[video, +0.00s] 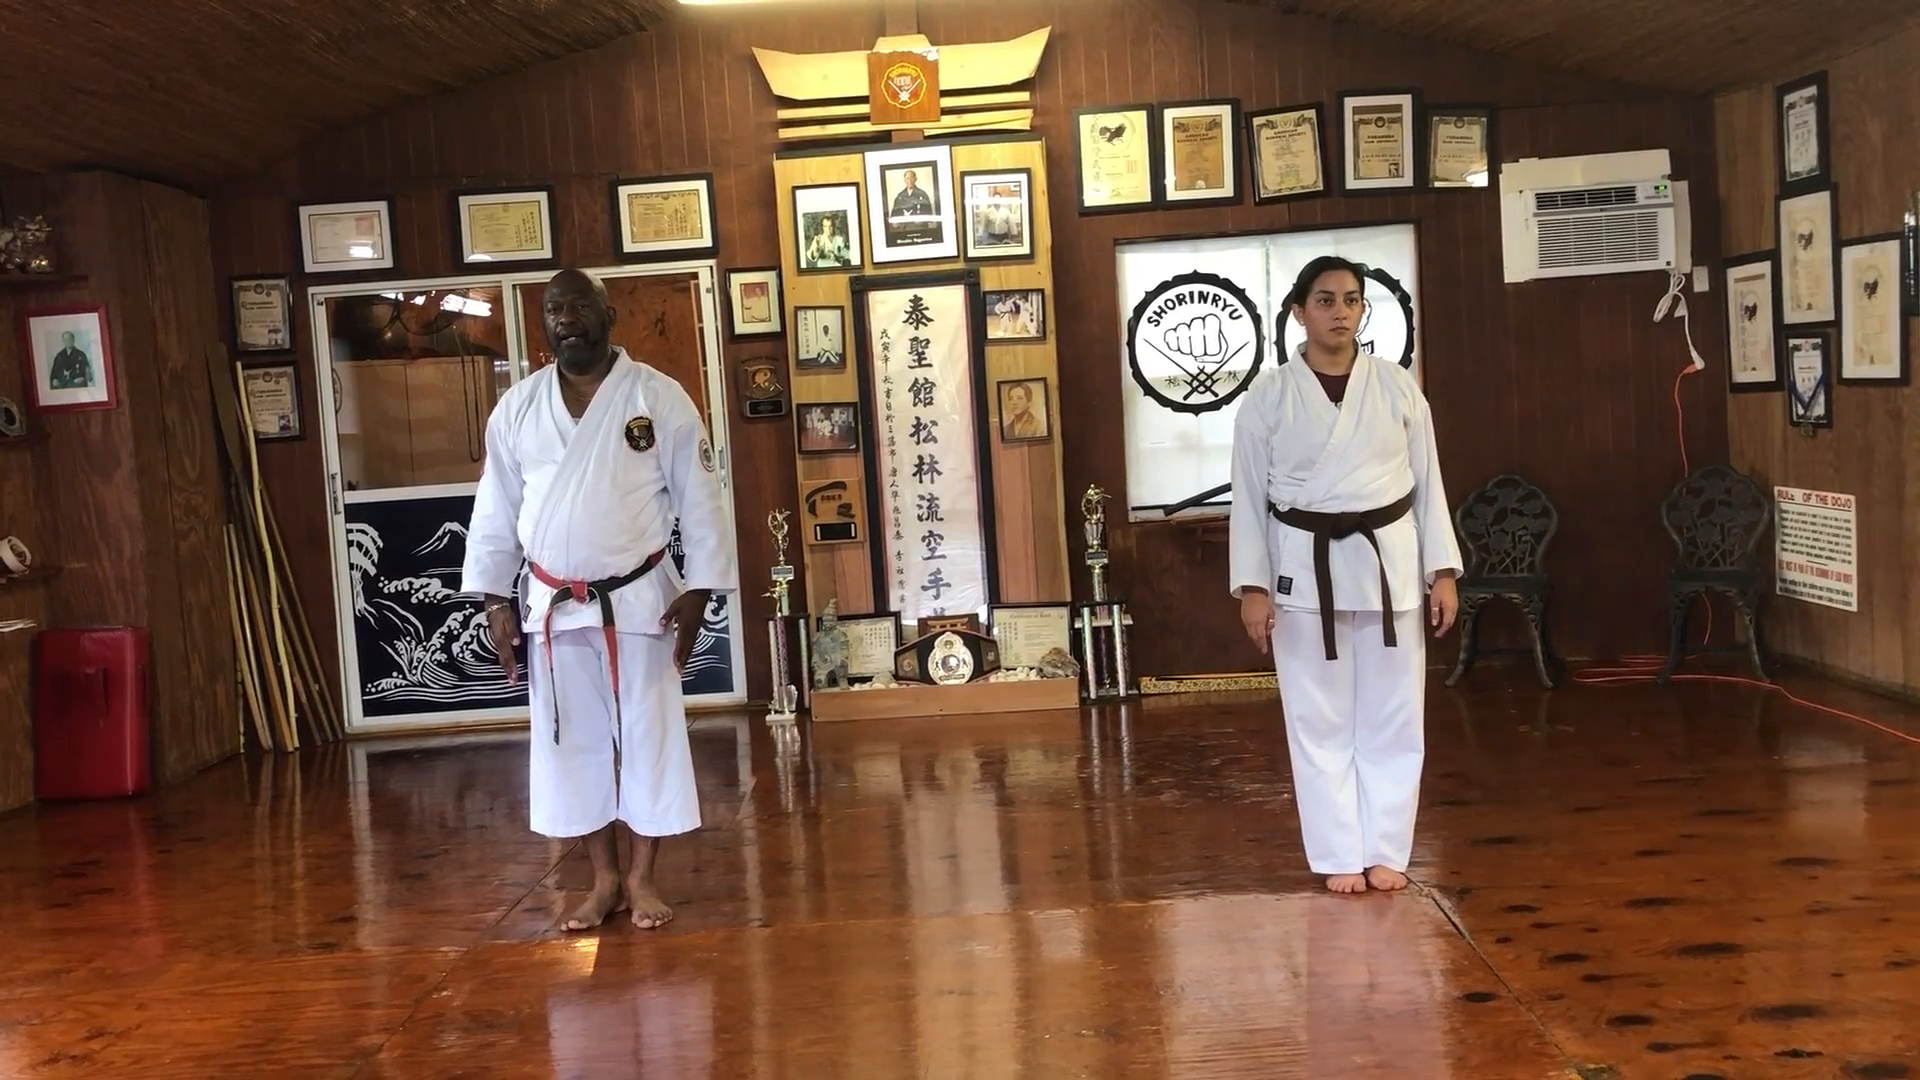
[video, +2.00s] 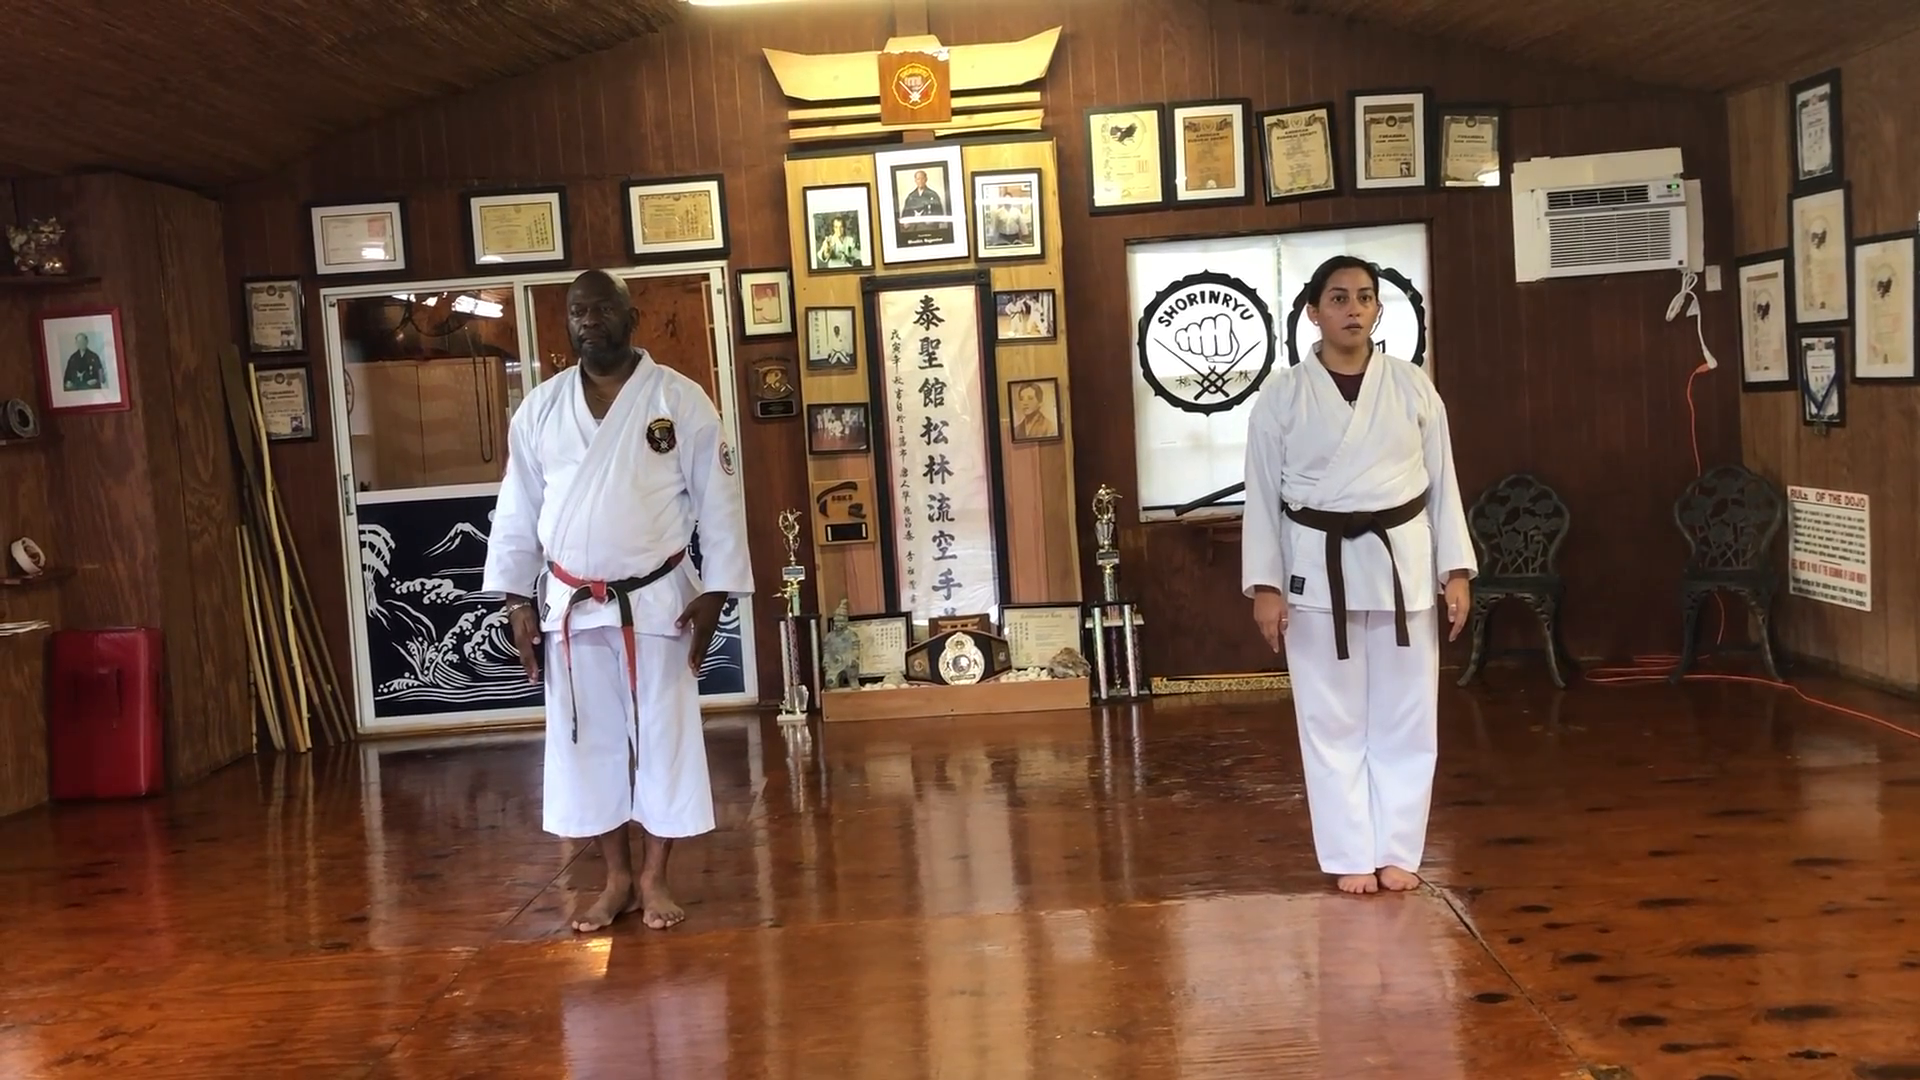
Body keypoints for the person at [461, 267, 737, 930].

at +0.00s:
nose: (565, 321)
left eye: (577, 308)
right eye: (554, 312)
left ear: (608, 316)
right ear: (542, 326)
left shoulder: (658, 396)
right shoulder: (516, 408)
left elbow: (699, 498)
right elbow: (496, 509)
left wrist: (701, 590)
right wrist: (495, 602)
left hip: (638, 591)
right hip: (553, 599)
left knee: (644, 734)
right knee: (574, 735)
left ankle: (639, 880)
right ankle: (602, 880)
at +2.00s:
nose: (590, 322)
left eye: (602, 311)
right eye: (579, 314)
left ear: (632, 318)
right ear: (566, 327)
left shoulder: (680, 400)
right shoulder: (538, 410)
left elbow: (719, 501)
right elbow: (518, 509)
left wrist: (717, 593)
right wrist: (516, 601)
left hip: (657, 593)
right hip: (572, 598)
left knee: (661, 736)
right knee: (588, 736)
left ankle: (652, 878)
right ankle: (616, 879)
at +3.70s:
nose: (576, 323)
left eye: (588, 311)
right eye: (565, 315)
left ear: (616, 318)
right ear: (552, 328)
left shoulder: (671, 399)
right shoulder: (527, 411)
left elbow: (711, 501)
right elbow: (513, 512)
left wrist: (704, 592)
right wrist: (525, 603)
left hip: (654, 591)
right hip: (570, 600)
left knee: (659, 735)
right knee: (589, 737)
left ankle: (651, 879)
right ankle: (614, 880)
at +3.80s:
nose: (581, 322)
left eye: (593, 310)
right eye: (568, 314)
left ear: (621, 318)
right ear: (554, 329)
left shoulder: (672, 399)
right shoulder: (529, 411)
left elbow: (711, 500)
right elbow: (513, 511)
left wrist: (704, 591)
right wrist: (523, 601)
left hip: (654, 591)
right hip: (570, 599)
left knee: (658, 734)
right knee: (589, 736)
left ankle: (651, 879)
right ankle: (615, 879)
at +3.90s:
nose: (580, 323)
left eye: (592, 311)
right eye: (569, 314)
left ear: (622, 318)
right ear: (556, 329)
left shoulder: (673, 399)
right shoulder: (530, 411)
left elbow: (711, 502)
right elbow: (514, 510)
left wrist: (703, 592)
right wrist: (523, 600)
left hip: (654, 591)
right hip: (570, 599)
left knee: (658, 734)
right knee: (590, 735)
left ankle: (652, 879)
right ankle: (616, 879)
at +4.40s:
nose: (581, 322)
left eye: (593, 310)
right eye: (571, 313)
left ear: (624, 318)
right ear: (559, 328)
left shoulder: (676, 399)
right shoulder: (532, 411)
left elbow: (712, 501)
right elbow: (516, 511)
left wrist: (704, 592)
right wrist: (524, 600)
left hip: (655, 591)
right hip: (571, 599)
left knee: (658, 734)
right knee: (590, 735)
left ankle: (654, 880)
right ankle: (617, 880)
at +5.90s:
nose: (688, 338)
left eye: (699, 326)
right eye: (675, 329)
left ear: (724, 335)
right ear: (658, 344)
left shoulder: (768, 420)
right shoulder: (627, 425)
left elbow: (802, 519)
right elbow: (602, 517)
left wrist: (779, 595)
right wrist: (608, 596)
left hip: (745, 609)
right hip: (654, 613)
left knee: (781, 748)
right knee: (638, 752)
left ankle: (809, 890)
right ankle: (619, 900)